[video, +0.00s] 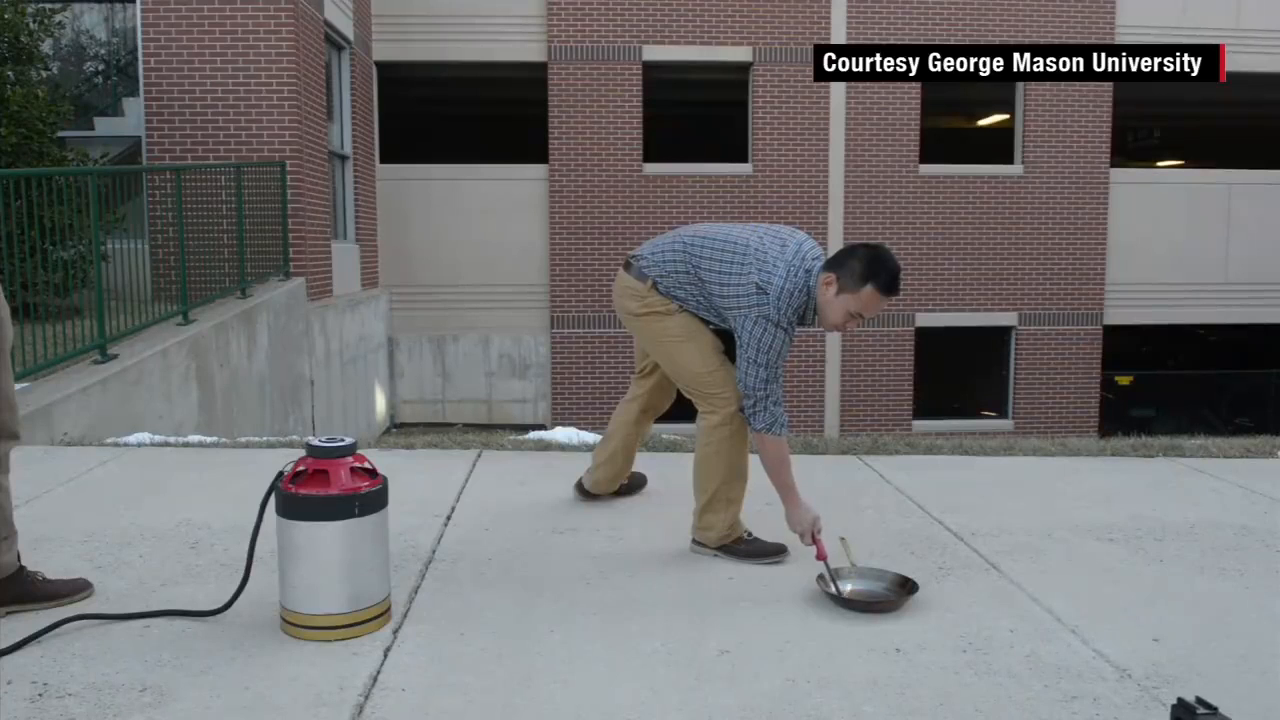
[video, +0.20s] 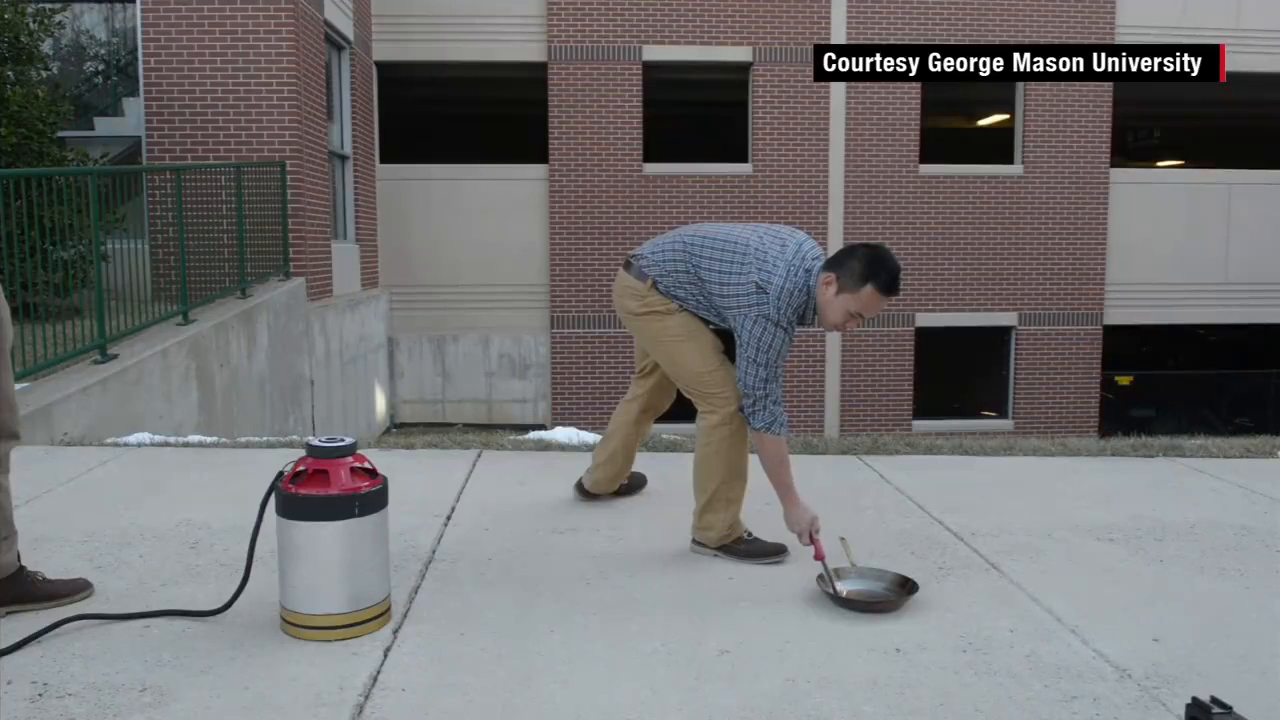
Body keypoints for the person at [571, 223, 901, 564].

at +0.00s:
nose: (852, 327)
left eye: (862, 321)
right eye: (853, 315)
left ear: (832, 278)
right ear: (829, 284)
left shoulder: (805, 256)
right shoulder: (768, 300)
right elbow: (763, 409)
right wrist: (793, 503)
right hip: (652, 290)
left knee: (653, 386)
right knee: (726, 403)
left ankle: (601, 477)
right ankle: (717, 532)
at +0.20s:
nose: (852, 327)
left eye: (863, 321)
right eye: (853, 315)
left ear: (832, 278)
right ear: (829, 284)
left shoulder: (805, 256)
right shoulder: (768, 299)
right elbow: (763, 409)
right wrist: (792, 503)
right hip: (652, 290)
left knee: (653, 386)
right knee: (726, 403)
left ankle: (601, 478)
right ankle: (717, 532)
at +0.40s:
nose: (852, 327)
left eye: (863, 320)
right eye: (853, 314)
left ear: (832, 278)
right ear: (829, 284)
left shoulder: (805, 255)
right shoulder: (768, 300)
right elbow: (763, 409)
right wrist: (791, 503)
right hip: (652, 290)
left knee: (653, 386)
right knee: (726, 402)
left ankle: (601, 478)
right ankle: (717, 532)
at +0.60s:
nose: (852, 327)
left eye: (862, 320)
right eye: (853, 315)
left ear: (832, 278)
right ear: (829, 284)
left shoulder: (805, 255)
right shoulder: (768, 300)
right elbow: (763, 410)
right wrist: (791, 504)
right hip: (652, 290)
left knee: (654, 386)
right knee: (726, 402)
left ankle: (601, 478)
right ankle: (717, 532)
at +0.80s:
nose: (852, 326)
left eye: (862, 320)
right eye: (853, 314)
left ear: (832, 278)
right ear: (828, 284)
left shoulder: (804, 255)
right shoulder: (767, 300)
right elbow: (762, 409)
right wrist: (790, 503)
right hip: (651, 289)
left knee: (653, 386)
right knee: (725, 401)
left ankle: (601, 478)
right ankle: (717, 532)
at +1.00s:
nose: (851, 325)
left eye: (861, 319)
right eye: (852, 313)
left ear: (830, 277)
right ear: (827, 282)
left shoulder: (803, 255)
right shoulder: (766, 299)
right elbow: (760, 406)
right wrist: (789, 501)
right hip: (651, 289)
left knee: (652, 387)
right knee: (723, 401)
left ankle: (601, 478)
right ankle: (717, 532)